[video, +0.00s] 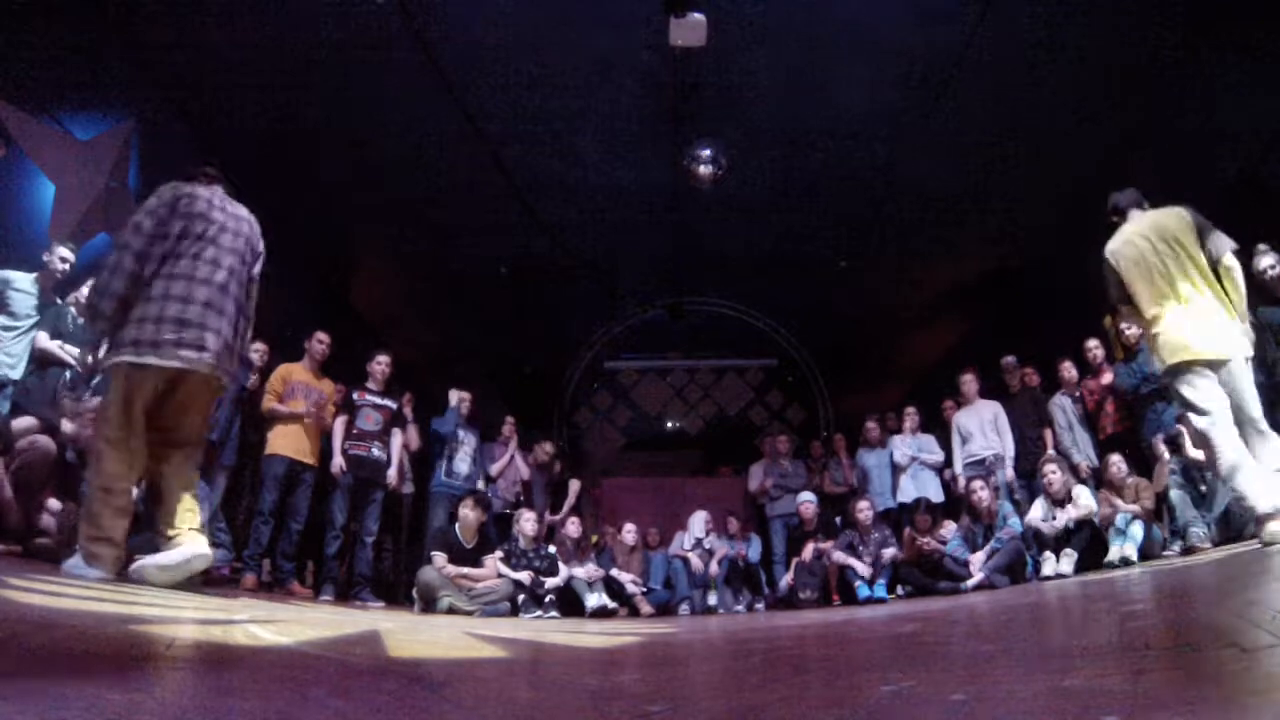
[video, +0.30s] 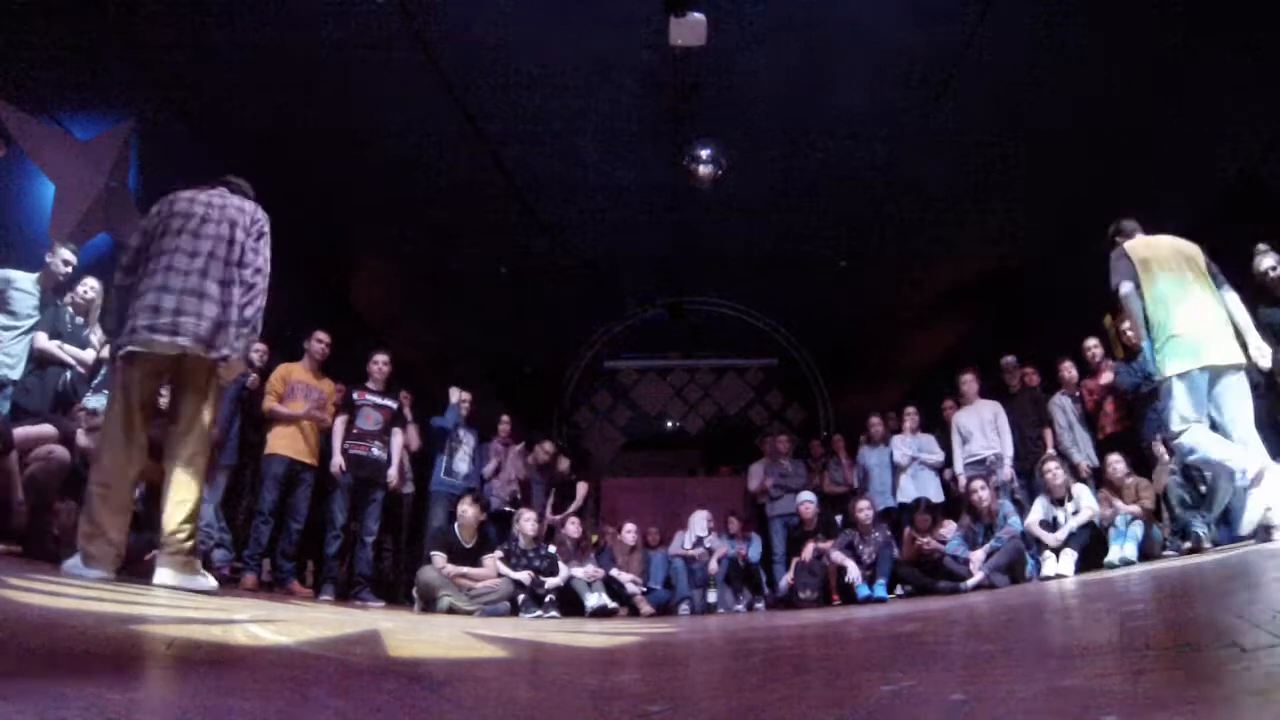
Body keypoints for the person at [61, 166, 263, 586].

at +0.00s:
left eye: (185, 180)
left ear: (188, 178)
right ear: (226, 188)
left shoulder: (172, 195)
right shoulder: (250, 225)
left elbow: (125, 262)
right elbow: (248, 302)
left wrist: (100, 325)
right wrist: (231, 362)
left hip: (151, 333)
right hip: (213, 348)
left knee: (118, 443)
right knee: (180, 445)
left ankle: (98, 557)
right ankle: (185, 537)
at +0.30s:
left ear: (212, 184)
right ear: (248, 195)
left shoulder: (168, 202)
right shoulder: (254, 215)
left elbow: (127, 267)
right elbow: (253, 279)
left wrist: (119, 327)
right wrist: (242, 346)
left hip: (147, 321)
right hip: (210, 330)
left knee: (121, 438)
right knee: (190, 447)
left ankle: (97, 556)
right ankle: (175, 561)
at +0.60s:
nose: (280, 231)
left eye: (280, 226)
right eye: (281, 225)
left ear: (253, 199)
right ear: (277, 214)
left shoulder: (199, 213)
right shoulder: (270, 224)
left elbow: (161, 270)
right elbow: (258, 284)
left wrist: (134, 331)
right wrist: (240, 350)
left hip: (151, 329)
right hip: (208, 340)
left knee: (127, 442)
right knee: (191, 455)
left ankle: (94, 558)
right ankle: (173, 567)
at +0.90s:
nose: (305, 248)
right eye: (307, 243)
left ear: (281, 217)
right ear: (304, 235)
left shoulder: (227, 227)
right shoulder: (297, 247)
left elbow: (183, 281)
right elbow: (285, 316)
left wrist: (176, 340)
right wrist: (266, 384)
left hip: (185, 346)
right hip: (240, 362)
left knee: (159, 448)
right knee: (207, 464)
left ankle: (114, 530)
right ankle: (174, 564)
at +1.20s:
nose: (325, 264)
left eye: (327, 258)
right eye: (326, 259)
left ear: (301, 232)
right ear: (322, 249)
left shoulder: (247, 245)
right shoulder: (314, 259)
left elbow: (208, 297)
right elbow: (317, 329)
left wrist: (198, 350)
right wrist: (308, 394)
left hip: (210, 352)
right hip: (260, 363)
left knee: (197, 456)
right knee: (221, 464)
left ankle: (186, 564)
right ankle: (172, 562)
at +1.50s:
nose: (338, 285)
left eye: (340, 280)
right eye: (340, 280)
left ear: (317, 257)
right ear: (335, 270)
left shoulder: (269, 272)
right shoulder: (325, 275)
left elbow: (225, 325)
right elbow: (334, 337)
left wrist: (210, 379)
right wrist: (328, 389)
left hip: (237, 367)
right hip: (271, 373)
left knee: (246, 477)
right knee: (235, 468)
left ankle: (238, 572)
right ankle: (179, 553)